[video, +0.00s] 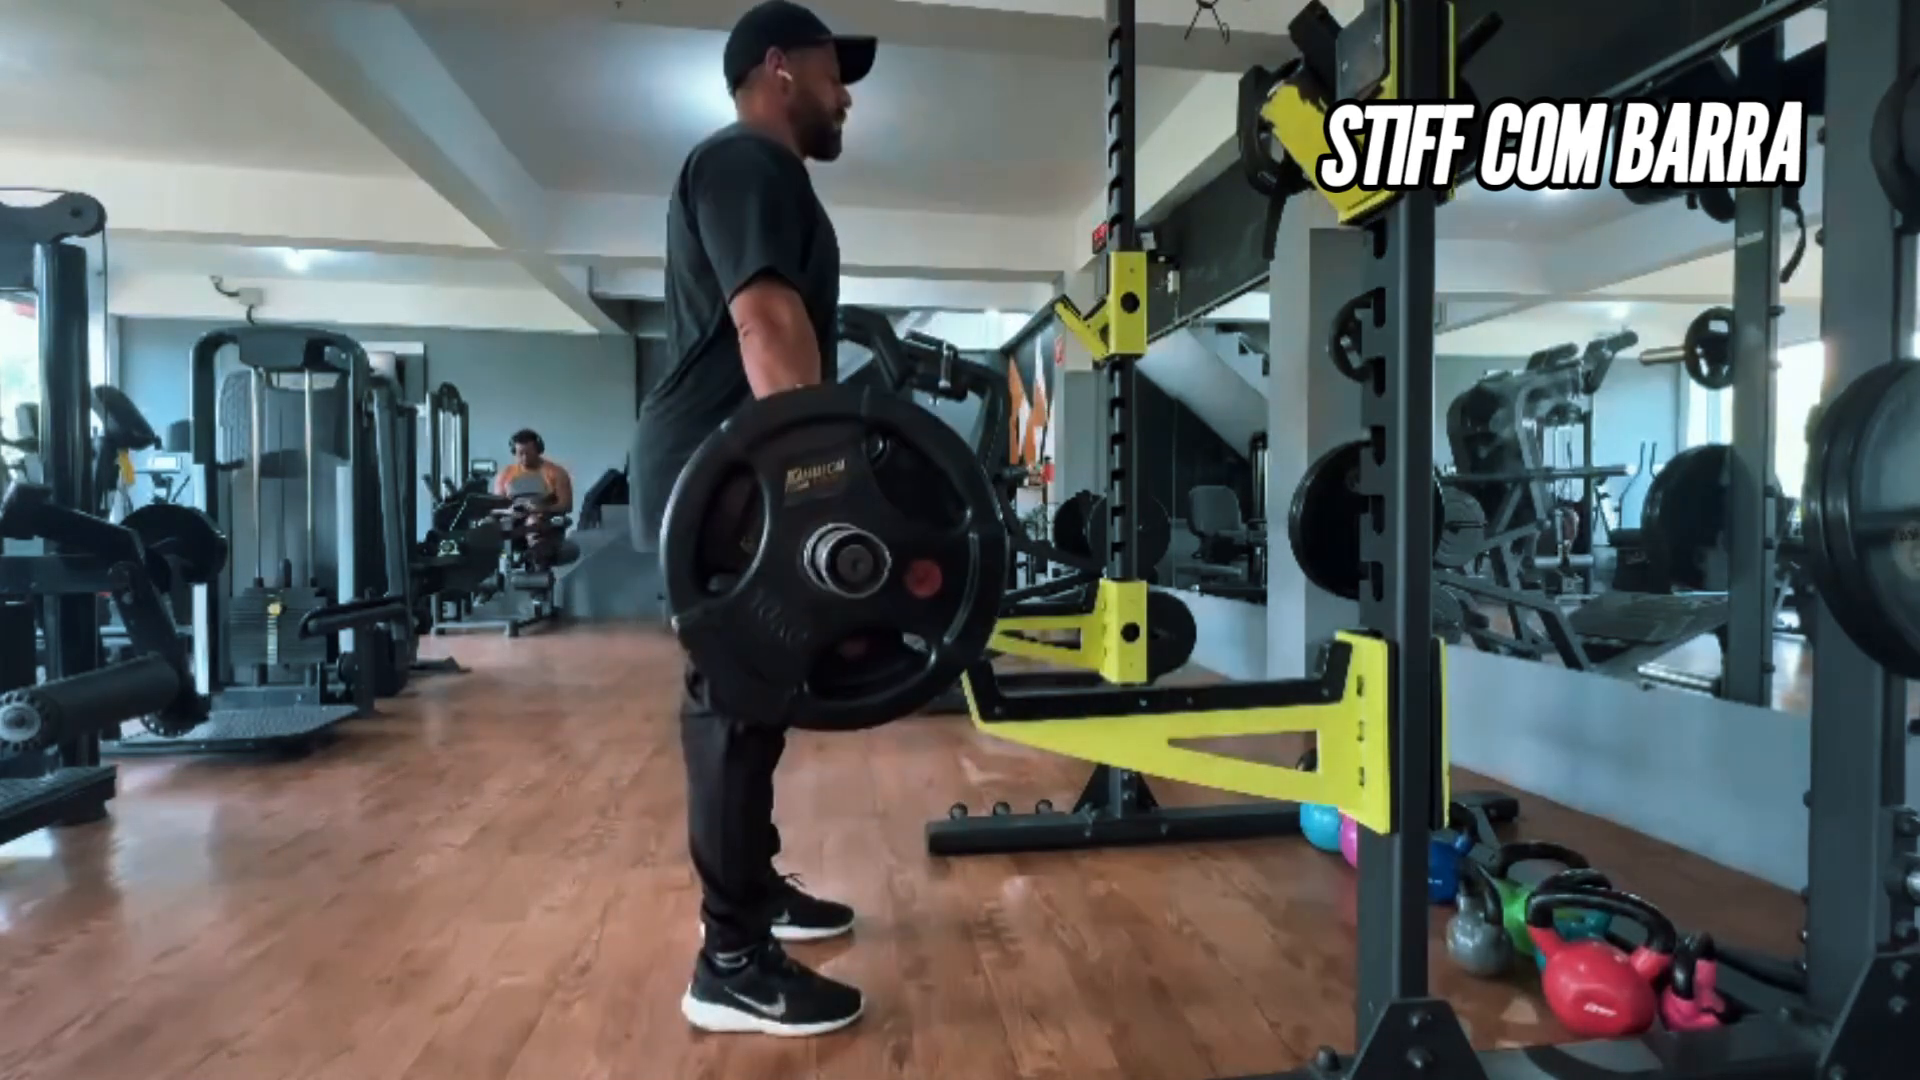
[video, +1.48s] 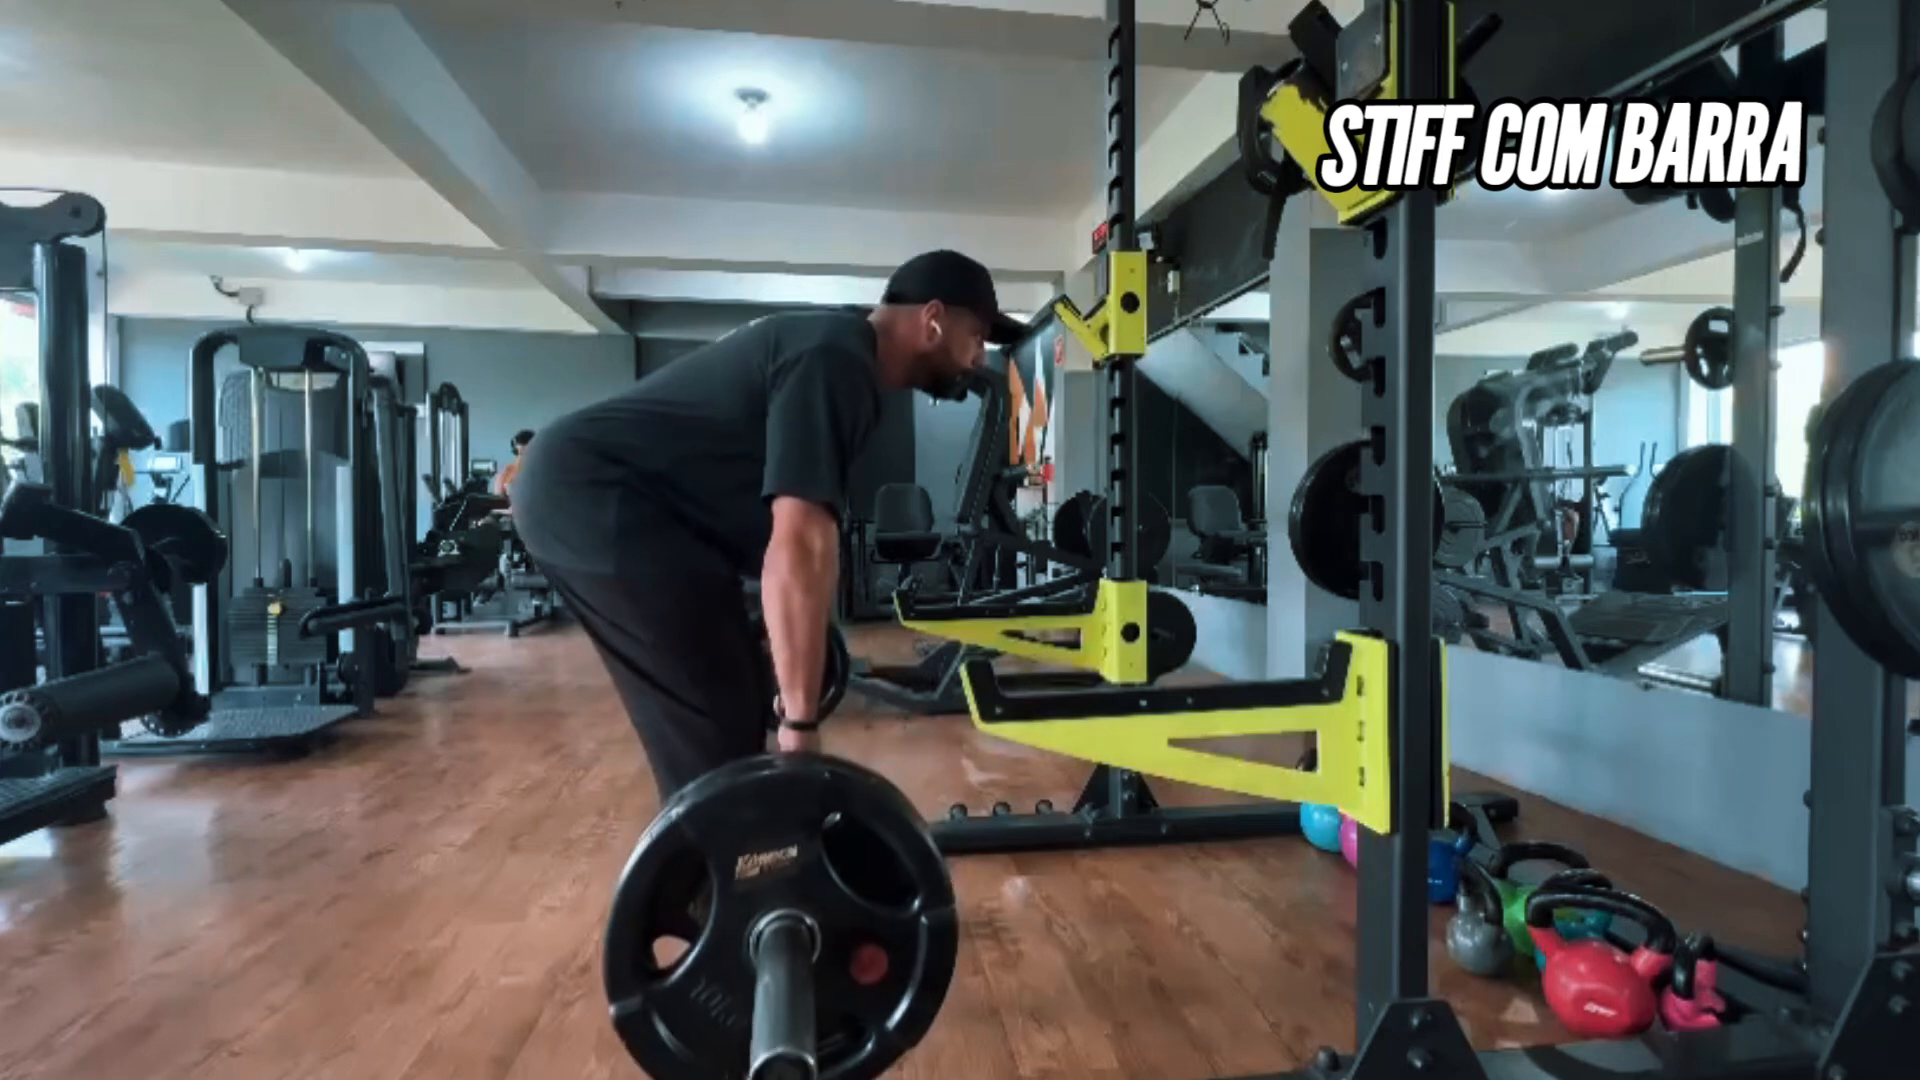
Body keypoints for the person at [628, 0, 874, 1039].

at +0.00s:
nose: (848, 95)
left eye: (847, 79)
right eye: (836, 74)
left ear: (772, 78)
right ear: (776, 70)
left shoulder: (750, 171)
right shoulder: (741, 160)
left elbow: (773, 337)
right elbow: (762, 318)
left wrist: (819, 482)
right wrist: (827, 485)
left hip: (727, 475)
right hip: (711, 477)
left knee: (750, 689)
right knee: (730, 698)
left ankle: (750, 882)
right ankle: (730, 957)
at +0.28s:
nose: (835, 87)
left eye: (833, 71)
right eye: (821, 66)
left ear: (757, 75)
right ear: (760, 68)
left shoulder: (749, 169)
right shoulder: (736, 159)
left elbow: (772, 336)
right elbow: (757, 318)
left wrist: (816, 480)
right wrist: (820, 484)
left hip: (730, 477)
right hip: (714, 480)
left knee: (753, 692)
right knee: (733, 701)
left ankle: (751, 883)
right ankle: (730, 958)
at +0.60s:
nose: (861, 96)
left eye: (859, 80)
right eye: (848, 76)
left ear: (786, 83)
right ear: (790, 75)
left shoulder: (764, 182)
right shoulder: (754, 165)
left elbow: (778, 344)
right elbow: (765, 326)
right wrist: (810, 498)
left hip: (720, 474)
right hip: (706, 475)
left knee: (752, 693)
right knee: (733, 704)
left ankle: (751, 884)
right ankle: (731, 958)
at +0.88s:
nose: (915, 159)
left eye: (916, 143)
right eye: (906, 137)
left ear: (845, 130)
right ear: (849, 126)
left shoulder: (811, 216)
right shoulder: (790, 199)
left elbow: (790, 376)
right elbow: (781, 369)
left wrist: (803, 547)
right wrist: (806, 552)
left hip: (699, 472)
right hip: (667, 473)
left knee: (744, 688)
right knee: (723, 702)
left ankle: (751, 886)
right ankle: (731, 959)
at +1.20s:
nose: (967, 272)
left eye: (970, 256)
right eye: (960, 250)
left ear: (899, 243)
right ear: (908, 237)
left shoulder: (830, 307)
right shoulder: (817, 292)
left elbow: (796, 476)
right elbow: (793, 470)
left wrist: (803, 639)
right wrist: (804, 645)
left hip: (627, 489)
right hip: (625, 488)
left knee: (711, 719)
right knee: (745, 710)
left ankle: (733, 959)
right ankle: (737, 973)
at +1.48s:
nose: (982, 360)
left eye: (987, 343)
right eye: (980, 336)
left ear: (928, 319)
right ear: (933, 318)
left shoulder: (836, 355)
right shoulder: (830, 354)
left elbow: (807, 533)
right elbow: (799, 537)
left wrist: (793, 697)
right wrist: (798, 718)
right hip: (592, 491)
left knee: (726, 704)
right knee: (726, 708)